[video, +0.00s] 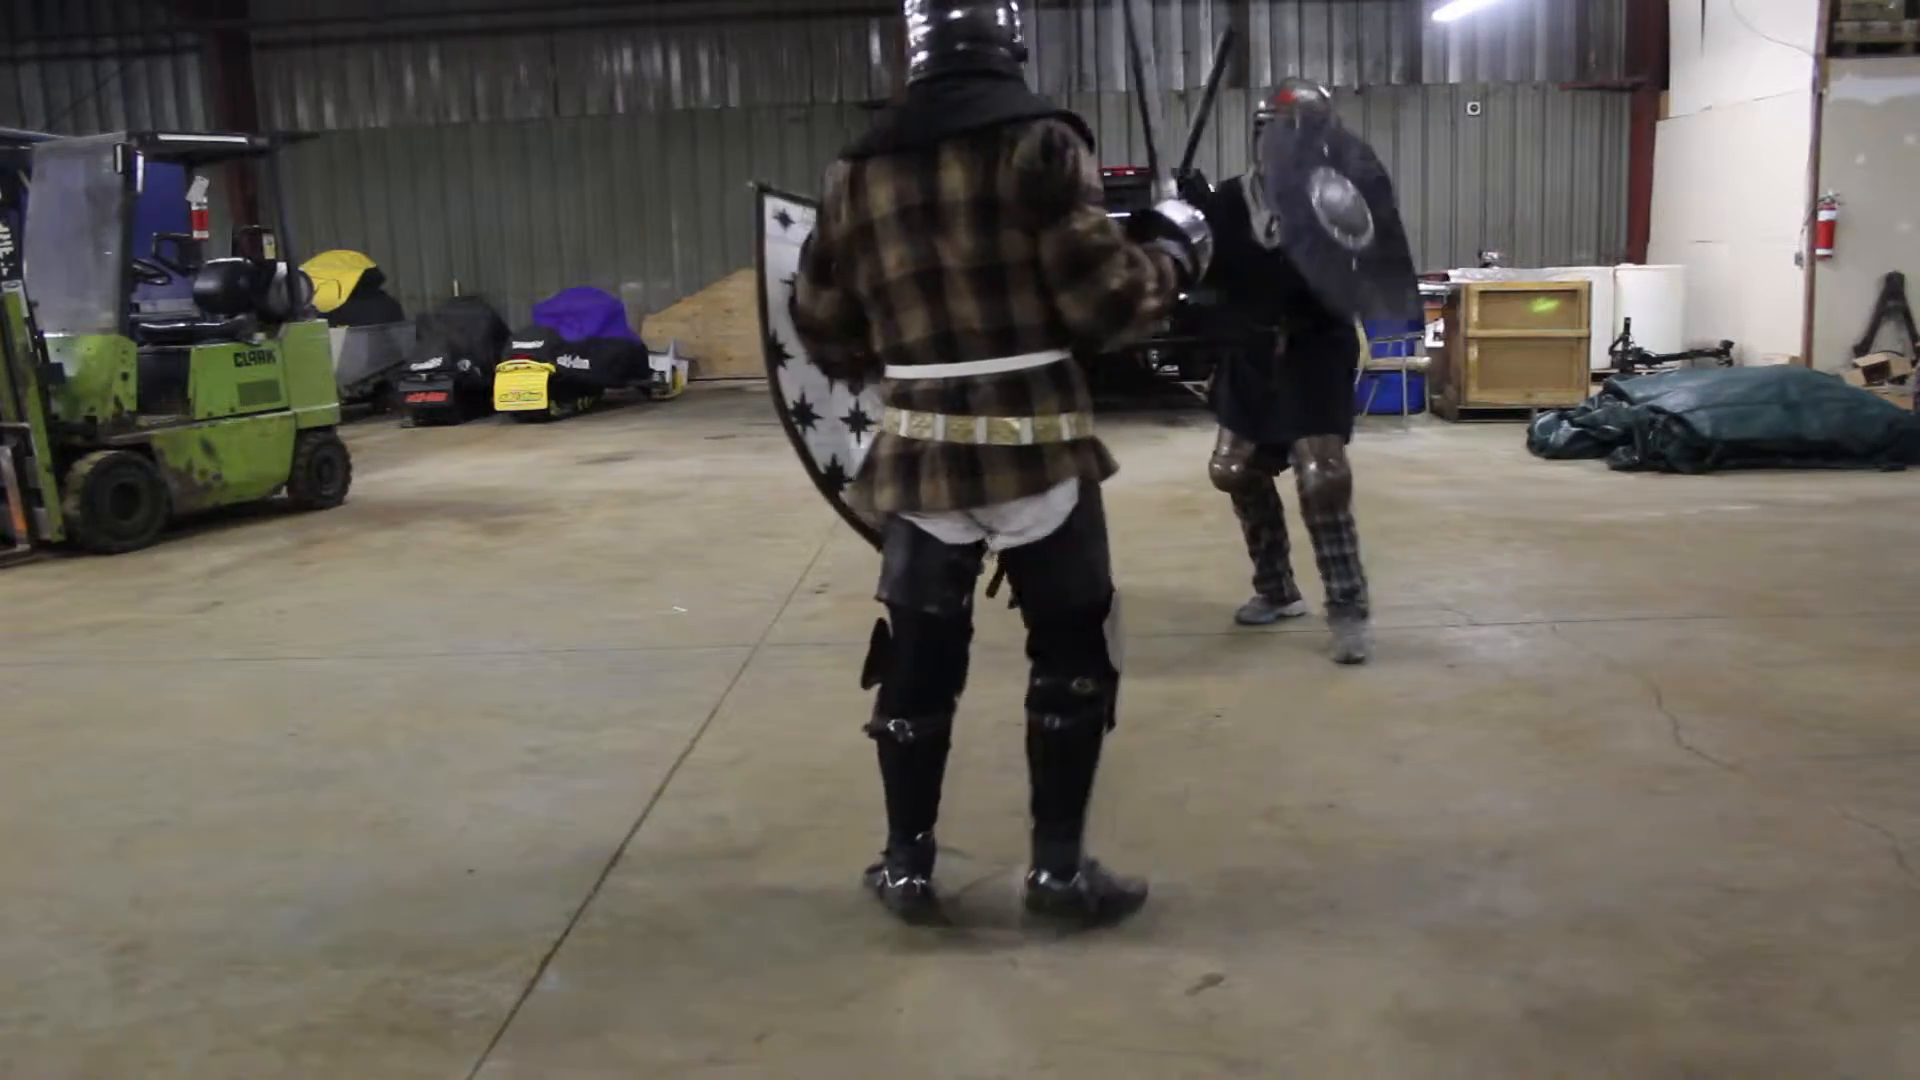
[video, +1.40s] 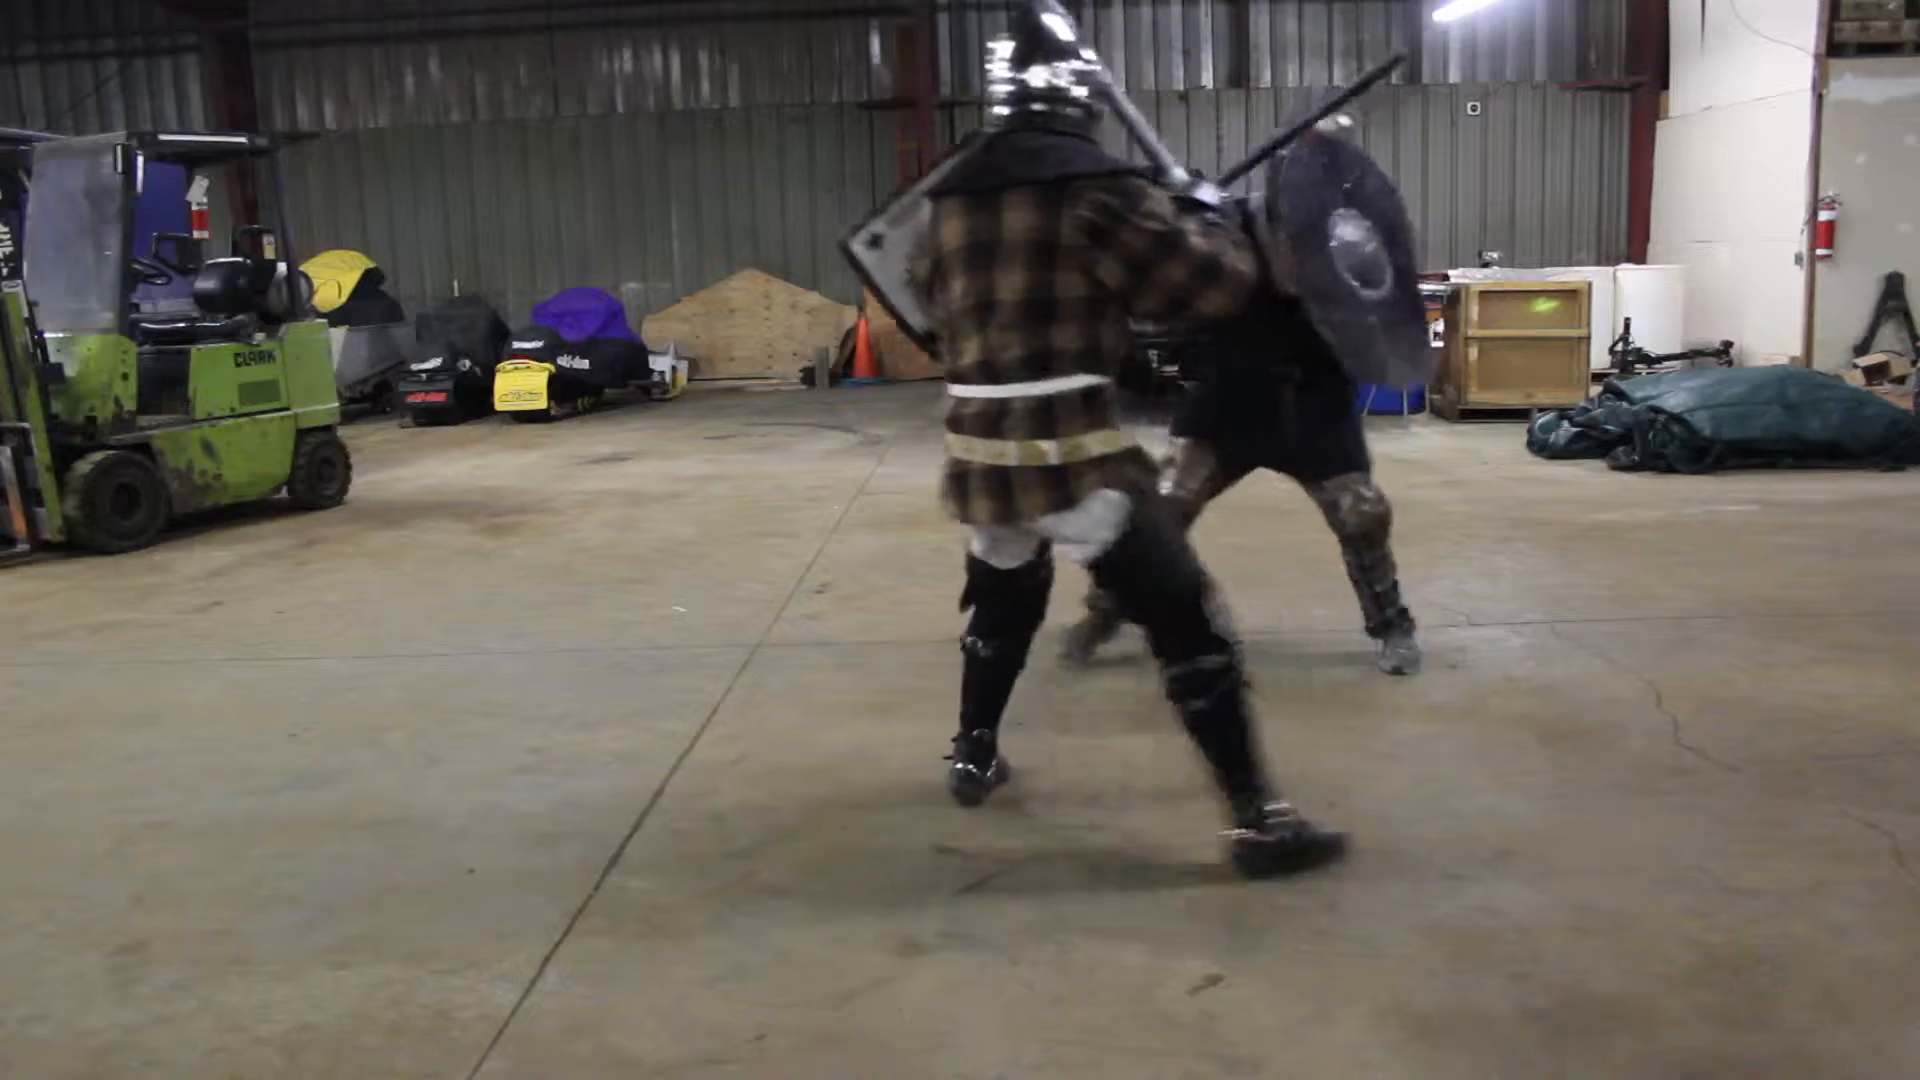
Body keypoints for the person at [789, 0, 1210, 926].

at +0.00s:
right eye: (1016, 42)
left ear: (920, 59)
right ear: (1011, 53)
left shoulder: (862, 166)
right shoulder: (1038, 147)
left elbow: (819, 320)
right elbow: (1107, 306)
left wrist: (893, 371)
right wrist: (1168, 247)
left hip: (921, 460)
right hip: (1039, 453)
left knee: (919, 653)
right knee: (1071, 649)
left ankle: (907, 857)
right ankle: (1059, 863)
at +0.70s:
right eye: (1108, 54)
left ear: (1012, 64)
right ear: (1103, 58)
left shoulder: (953, 168)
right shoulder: (1141, 144)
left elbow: (919, 322)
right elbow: (1234, 286)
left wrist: (997, 346)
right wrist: (1259, 222)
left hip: (1021, 454)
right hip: (1138, 449)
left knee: (1035, 638)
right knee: (1197, 622)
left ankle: (1034, 828)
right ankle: (1132, 803)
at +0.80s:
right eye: (1119, 45)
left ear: (1025, 59)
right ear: (1116, 57)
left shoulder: (972, 172)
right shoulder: (1158, 147)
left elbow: (946, 323)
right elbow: (1259, 280)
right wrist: (1273, 209)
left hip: (1037, 454)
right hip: (1157, 448)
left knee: (1045, 634)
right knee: (1228, 619)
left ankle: (1036, 825)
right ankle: (1207, 817)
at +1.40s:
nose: (1104, 119)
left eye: (1097, 106)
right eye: (1100, 105)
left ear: (1008, 102)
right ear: (1084, 104)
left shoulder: (950, 195)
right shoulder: (1095, 191)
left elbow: (934, 315)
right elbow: (1221, 281)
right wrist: (1218, 215)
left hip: (982, 460)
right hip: (1085, 460)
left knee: (1002, 606)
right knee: (1185, 619)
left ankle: (972, 754)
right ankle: (1256, 814)